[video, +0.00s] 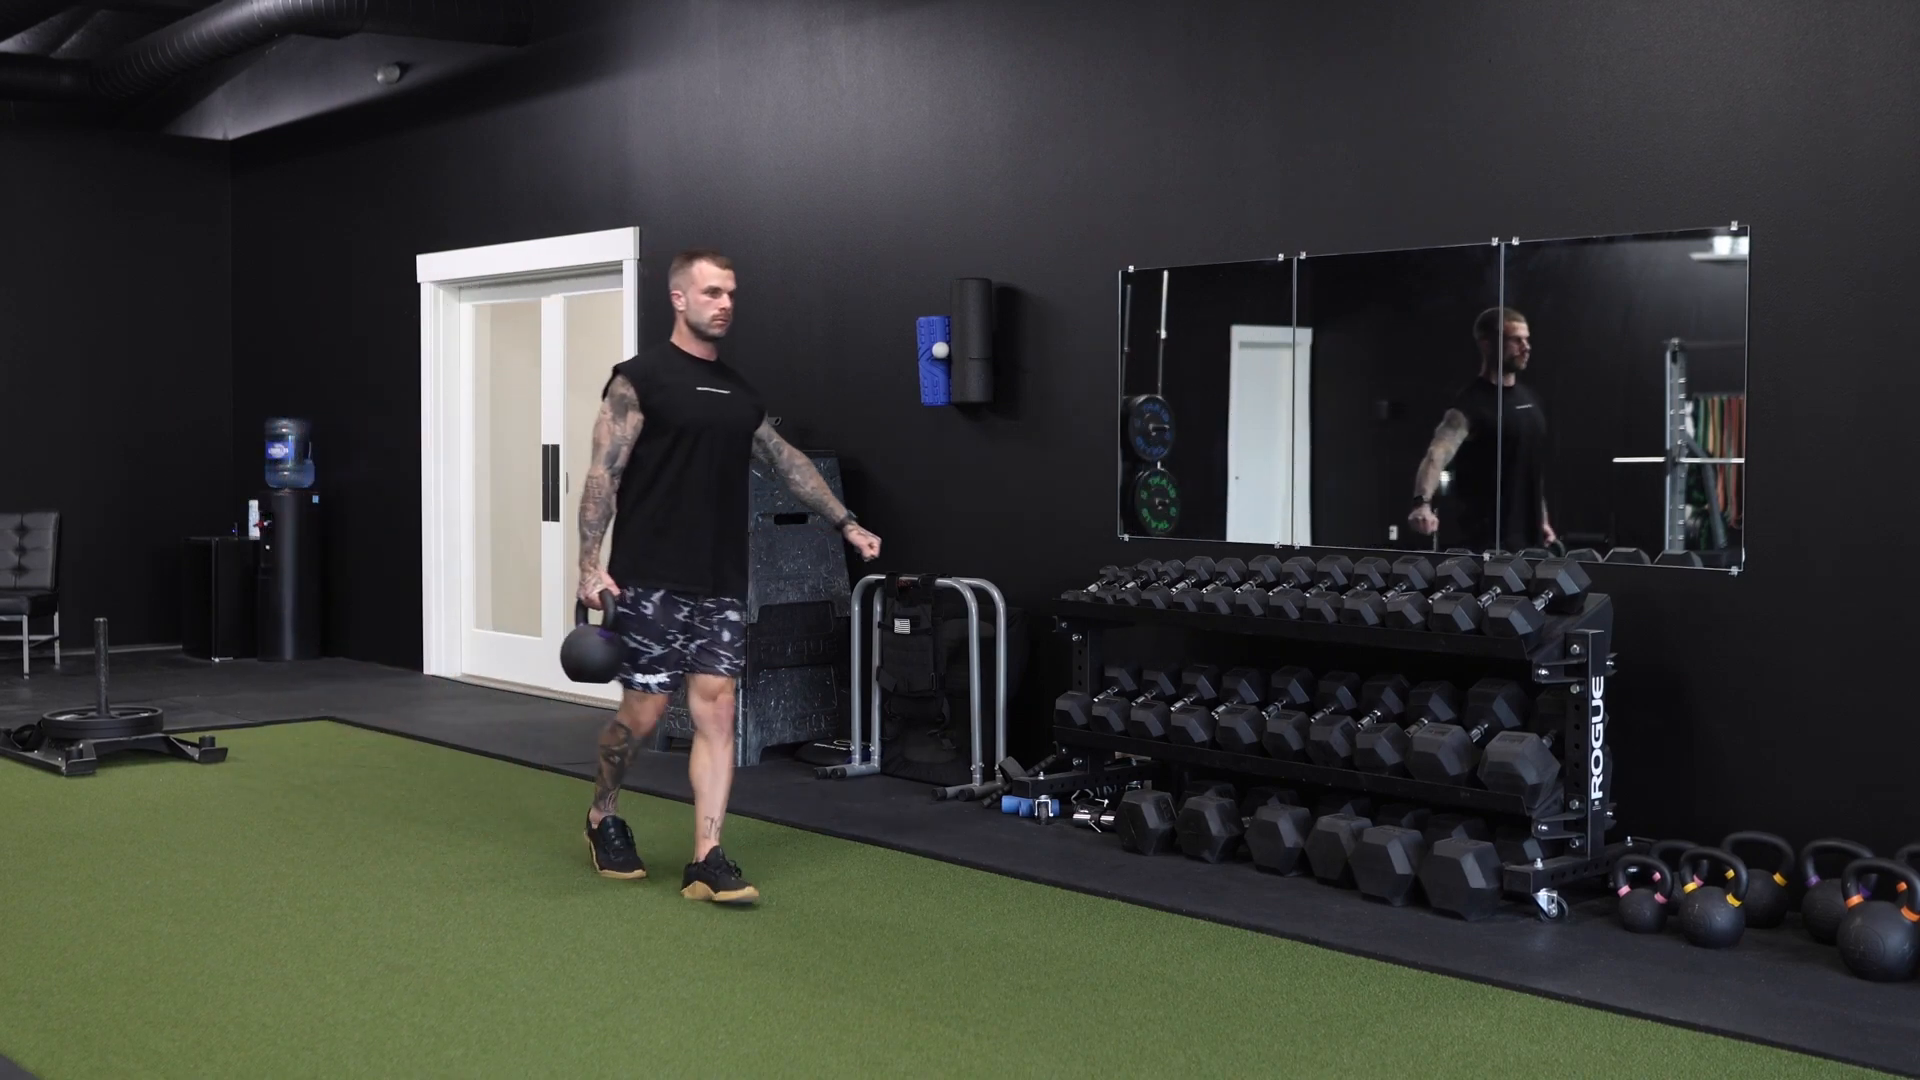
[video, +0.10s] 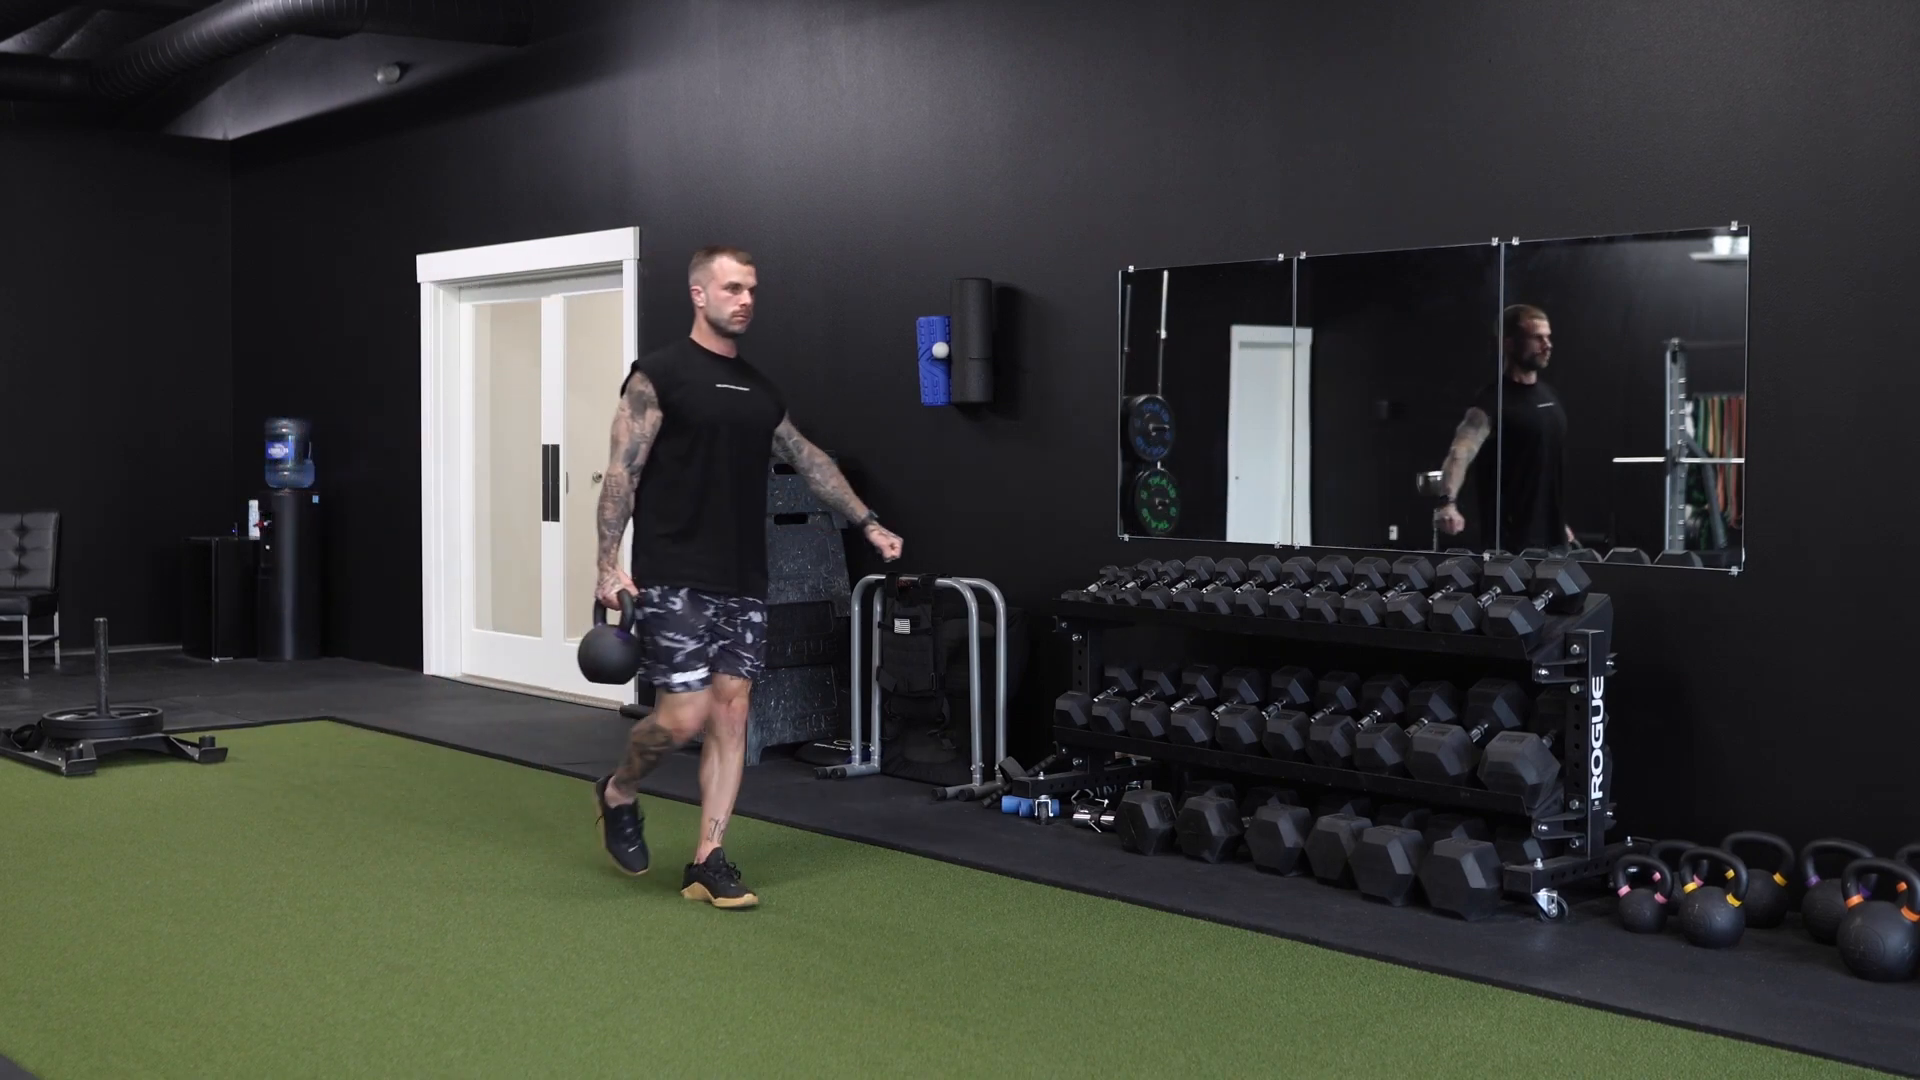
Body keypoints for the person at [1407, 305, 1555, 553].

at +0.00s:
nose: (1525, 347)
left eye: (1527, 340)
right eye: (1515, 340)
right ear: (1486, 344)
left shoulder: (1526, 399)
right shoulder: (1472, 402)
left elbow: (1532, 470)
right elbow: (1436, 455)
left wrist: (1542, 521)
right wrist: (1422, 503)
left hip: (1525, 539)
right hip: (1480, 539)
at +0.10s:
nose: (1547, 345)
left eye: (1548, 338)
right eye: (1537, 338)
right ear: (1509, 343)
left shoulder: (1547, 397)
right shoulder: (1493, 400)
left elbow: (1542, 472)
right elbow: (1459, 454)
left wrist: (1558, 524)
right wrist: (1447, 502)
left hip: (1549, 539)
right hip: (1507, 540)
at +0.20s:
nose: (1569, 344)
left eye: (1570, 336)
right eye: (1559, 336)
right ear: (1530, 341)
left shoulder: (1565, 393)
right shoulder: (1515, 398)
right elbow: (1481, 451)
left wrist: (1583, 530)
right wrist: (1471, 499)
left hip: (1570, 534)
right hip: (1527, 538)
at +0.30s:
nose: (1589, 343)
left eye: (1590, 335)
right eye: (1579, 336)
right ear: (1549, 339)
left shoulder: (1583, 392)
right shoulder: (1533, 398)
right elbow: (1502, 451)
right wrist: (1495, 498)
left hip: (1588, 534)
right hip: (1545, 537)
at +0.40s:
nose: (1611, 342)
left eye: (1612, 334)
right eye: (1601, 334)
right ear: (1571, 338)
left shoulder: (1603, 393)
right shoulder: (1553, 397)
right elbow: (1522, 451)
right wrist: (1515, 497)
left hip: (1608, 532)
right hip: (1565, 536)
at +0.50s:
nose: (1636, 343)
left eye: (1637, 335)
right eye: (1625, 335)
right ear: (1596, 339)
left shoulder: (1626, 395)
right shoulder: (1576, 398)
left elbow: (1626, 475)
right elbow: (1542, 450)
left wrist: (1642, 536)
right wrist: (1532, 496)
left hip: (1627, 536)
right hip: (1582, 537)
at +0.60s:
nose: (1661, 342)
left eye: (1663, 335)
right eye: (1651, 334)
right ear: (1622, 339)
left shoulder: (1655, 396)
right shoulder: (1600, 398)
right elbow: (1563, 447)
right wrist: (1550, 493)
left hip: (1652, 534)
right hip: (1606, 535)